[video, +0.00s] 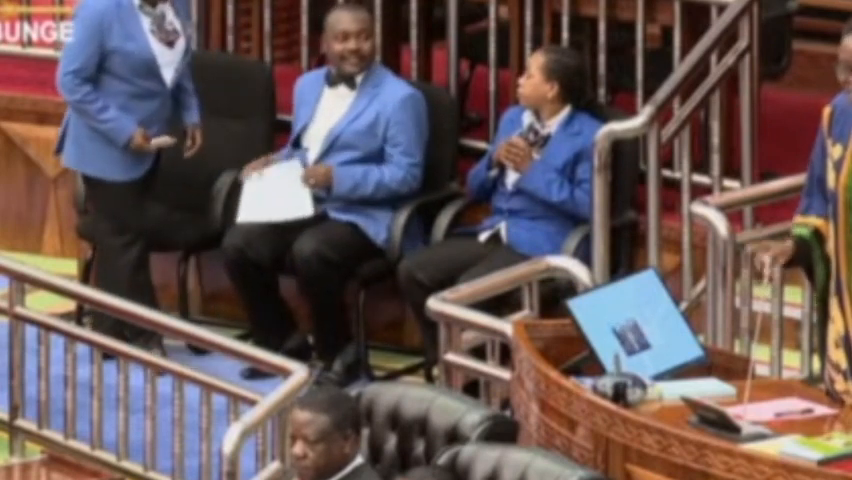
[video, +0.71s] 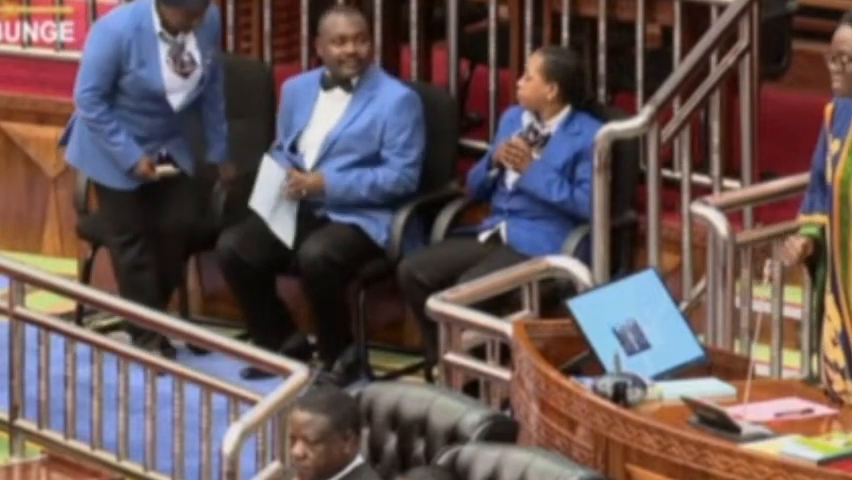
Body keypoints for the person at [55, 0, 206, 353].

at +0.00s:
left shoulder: (179, 7)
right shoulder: (101, 11)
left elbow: (179, 64)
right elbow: (71, 81)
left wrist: (190, 113)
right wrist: (125, 131)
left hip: (149, 147)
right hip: (104, 148)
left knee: (123, 242)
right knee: (125, 244)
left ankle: (108, 332)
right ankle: (143, 336)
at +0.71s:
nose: (195, 23)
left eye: (200, 15)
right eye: (188, 15)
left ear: (205, 8)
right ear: (163, 6)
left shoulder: (208, 22)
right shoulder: (116, 30)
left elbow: (212, 90)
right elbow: (88, 100)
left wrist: (219, 155)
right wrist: (132, 157)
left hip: (172, 143)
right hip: (115, 144)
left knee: (179, 227)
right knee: (132, 241)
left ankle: (150, 321)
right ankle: (146, 335)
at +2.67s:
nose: (216, 17)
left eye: (222, 9)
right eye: (208, 8)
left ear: (228, 6)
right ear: (185, 2)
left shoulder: (239, 31)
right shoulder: (138, 16)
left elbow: (236, 103)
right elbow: (106, 84)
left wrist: (228, 164)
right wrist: (115, 153)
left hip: (196, 141)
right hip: (141, 138)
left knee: (184, 237)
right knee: (140, 237)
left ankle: (181, 331)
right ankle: (146, 330)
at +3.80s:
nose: (199, 3)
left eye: (204, 4)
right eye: (193, 4)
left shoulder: (233, 18)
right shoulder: (137, 10)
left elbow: (231, 92)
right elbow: (108, 77)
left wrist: (227, 158)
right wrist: (117, 151)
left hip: (191, 143)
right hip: (135, 141)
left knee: (181, 239)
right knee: (135, 241)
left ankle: (179, 331)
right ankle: (144, 332)